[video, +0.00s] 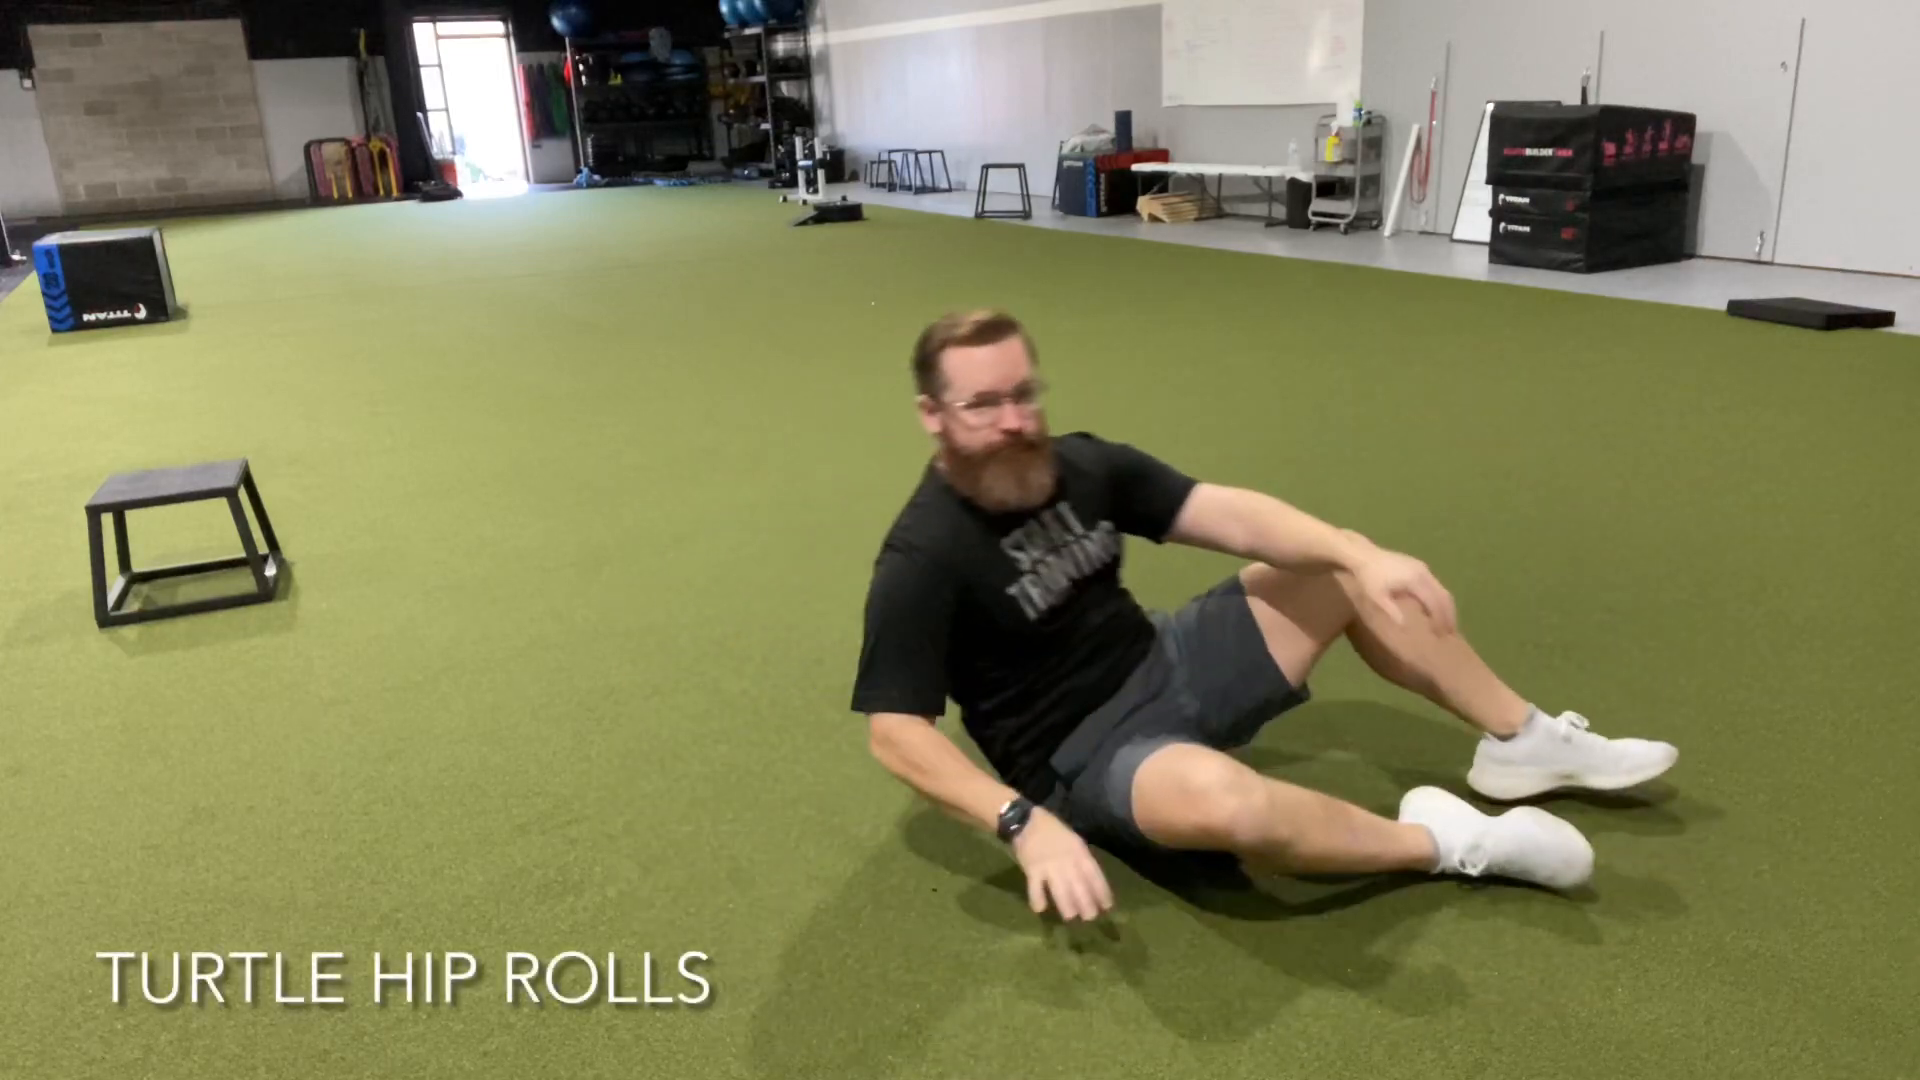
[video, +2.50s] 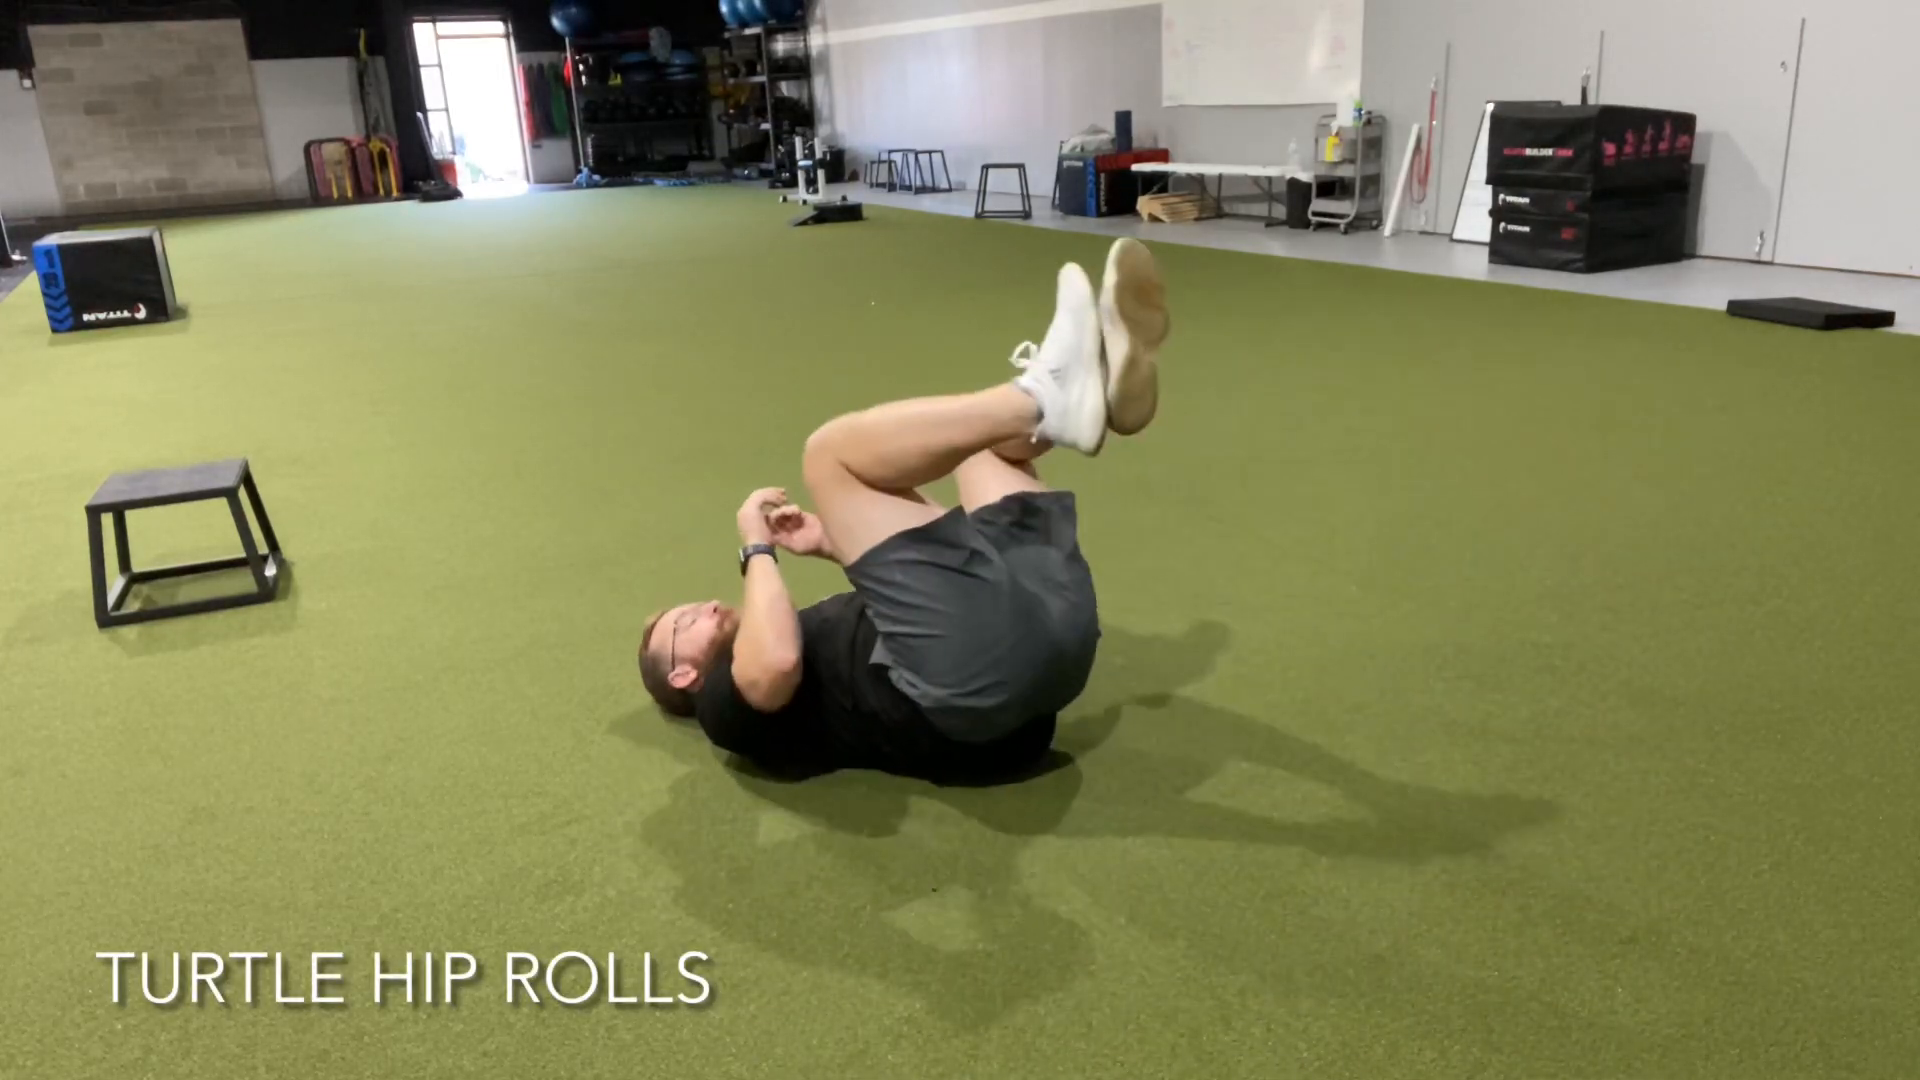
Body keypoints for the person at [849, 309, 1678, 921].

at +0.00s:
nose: (1018, 418)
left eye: (1026, 395)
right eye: (989, 404)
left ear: (1040, 390)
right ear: (933, 420)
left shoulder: (1083, 466)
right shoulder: (921, 558)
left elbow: (1224, 515)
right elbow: (894, 728)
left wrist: (1359, 557)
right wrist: (1024, 824)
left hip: (1164, 664)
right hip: (1083, 751)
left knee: (1342, 566)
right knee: (1225, 806)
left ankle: (1528, 738)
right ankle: (1441, 841)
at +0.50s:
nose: (1207, 409)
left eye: (1217, 381)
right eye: (1178, 389)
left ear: (1227, 366)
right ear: (1104, 383)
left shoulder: (1261, 463)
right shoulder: (1034, 532)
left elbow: (1407, 549)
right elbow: (975, 692)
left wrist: (1548, 632)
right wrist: (987, 848)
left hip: (1254, 669)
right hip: (1142, 748)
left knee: (1394, 566)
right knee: (1243, 884)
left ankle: (1537, 751)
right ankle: (1445, 846)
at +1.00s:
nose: (1182, 397)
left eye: (1187, 369)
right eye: (1157, 378)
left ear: (1193, 358)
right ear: (1077, 379)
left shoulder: (1225, 456)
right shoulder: (1011, 534)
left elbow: (1371, 547)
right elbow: (960, 698)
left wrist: (1502, 615)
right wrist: (986, 852)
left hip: (1239, 673)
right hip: (1136, 755)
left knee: (1389, 556)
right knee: (1243, 887)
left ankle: (1541, 753)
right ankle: (1445, 847)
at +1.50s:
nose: (943, 422)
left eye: (939, 404)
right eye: (917, 412)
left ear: (941, 412)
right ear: (855, 444)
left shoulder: (1000, 489)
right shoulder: (857, 585)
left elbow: (1121, 542)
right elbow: (879, 742)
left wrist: (1199, 534)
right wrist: (984, 852)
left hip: (1152, 653)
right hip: (1073, 741)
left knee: (1322, 552)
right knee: (1230, 744)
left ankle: (1501, 731)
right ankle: (1459, 824)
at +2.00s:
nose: (752, 564)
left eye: (743, 557)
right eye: (723, 574)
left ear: (769, 565)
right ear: (707, 627)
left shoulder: (857, 603)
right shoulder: (755, 678)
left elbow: (986, 589)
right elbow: (829, 746)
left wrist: (940, 498)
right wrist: (872, 600)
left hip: (1078, 683)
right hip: (1012, 726)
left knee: (1099, 428)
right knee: (974, 473)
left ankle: (1274, 514)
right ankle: (1230, 553)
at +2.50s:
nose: (705, 606)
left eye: (696, 605)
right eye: (682, 627)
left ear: (729, 613)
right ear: (688, 681)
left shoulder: (826, 645)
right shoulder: (725, 707)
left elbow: (933, 552)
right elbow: (773, 661)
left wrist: (831, 542)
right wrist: (757, 549)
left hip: (1058, 645)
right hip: (957, 671)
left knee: (988, 448)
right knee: (830, 455)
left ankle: (1111, 394)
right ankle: (1035, 396)